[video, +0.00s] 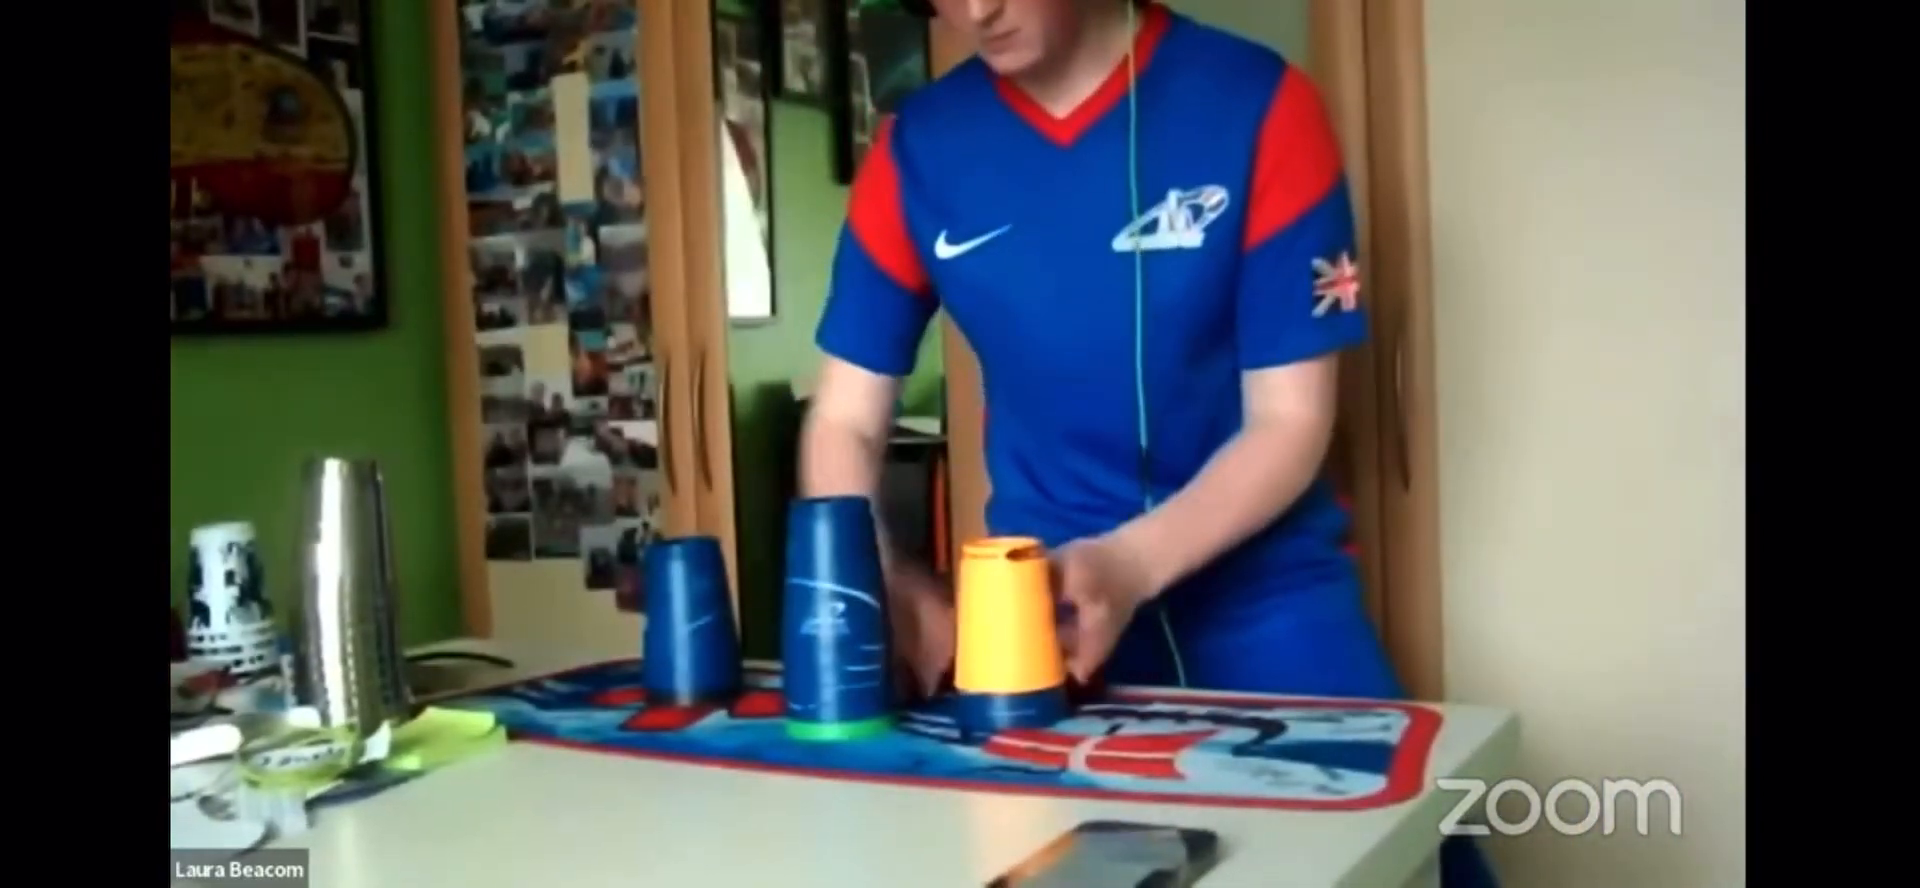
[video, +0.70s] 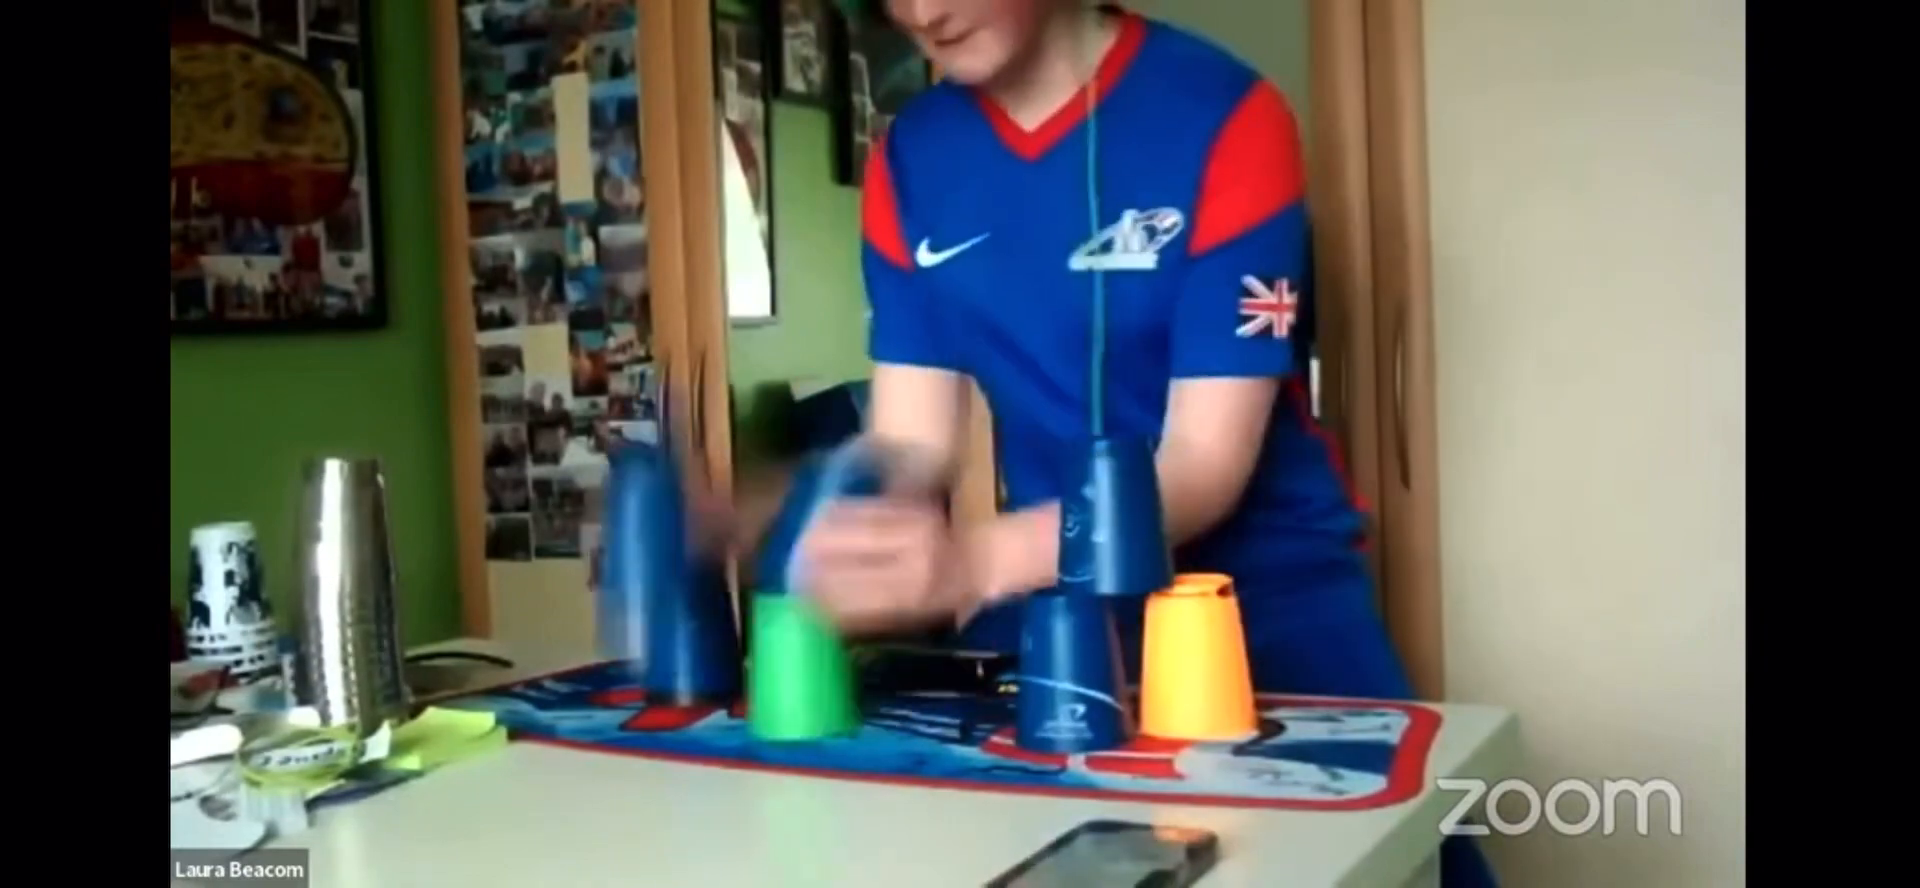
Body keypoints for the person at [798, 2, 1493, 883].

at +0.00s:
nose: (975, 12)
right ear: (929, 5)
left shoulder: (1253, 105)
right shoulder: (920, 150)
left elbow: (1290, 423)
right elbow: (843, 427)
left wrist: (1129, 565)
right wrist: (891, 594)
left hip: (1263, 611)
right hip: (1041, 634)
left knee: (1376, 860)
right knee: (1058, 871)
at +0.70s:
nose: (918, 10)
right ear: (884, 8)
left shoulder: (1224, 119)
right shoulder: (912, 158)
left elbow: (1206, 465)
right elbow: (910, 450)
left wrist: (976, 558)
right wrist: (830, 539)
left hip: (1271, 624)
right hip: (1054, 635)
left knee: (1377, 861)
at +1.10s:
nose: (848, 40)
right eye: (824, 17)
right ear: (816, 33)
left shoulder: (1160, 122)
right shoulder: (886, 180)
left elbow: (1161, 464)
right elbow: (902, 448)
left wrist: (855, 544)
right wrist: (733, 485)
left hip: (1251, 607)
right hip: (1061, 618)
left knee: (1331, 867)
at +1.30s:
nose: (836, 51)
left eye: (864, 4)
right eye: (809, 27)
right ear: (798, 46)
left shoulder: (1115, 134)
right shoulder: (878, 175)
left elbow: (1133, 468)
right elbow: (883, 447)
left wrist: (826, 490)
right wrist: (729, 498)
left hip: (1222, 600)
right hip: (1039, 602)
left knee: (1277, 864)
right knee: (1065, 865)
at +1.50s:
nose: (947, 28)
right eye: (911, 10)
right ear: (893, 29)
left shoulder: (1238, 134)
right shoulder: (899, 199)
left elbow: (1305, 436)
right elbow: (909, 471)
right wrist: (978, 471)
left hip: (1284, 643)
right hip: (1057, 675)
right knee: (1078, 871)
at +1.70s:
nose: (960, 2)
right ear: (921, 1)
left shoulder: (1253, 91)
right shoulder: (911, 144)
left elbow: (1269, 431)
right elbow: (910, 471)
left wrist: (991, 448)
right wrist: (749, 577)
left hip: (1302, 663)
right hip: (1058, 669)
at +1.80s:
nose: (957, 1)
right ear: (914, 5)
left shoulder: (1247, 104)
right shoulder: (915, 150)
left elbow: (1250, 452)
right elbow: (900, 465)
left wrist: (1013, 541)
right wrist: (752, 538)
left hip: (1290, 662)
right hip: (1057, 669)